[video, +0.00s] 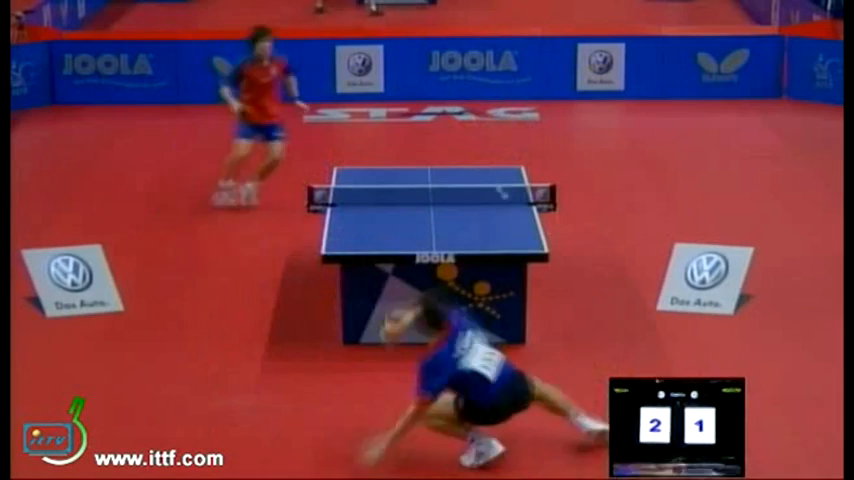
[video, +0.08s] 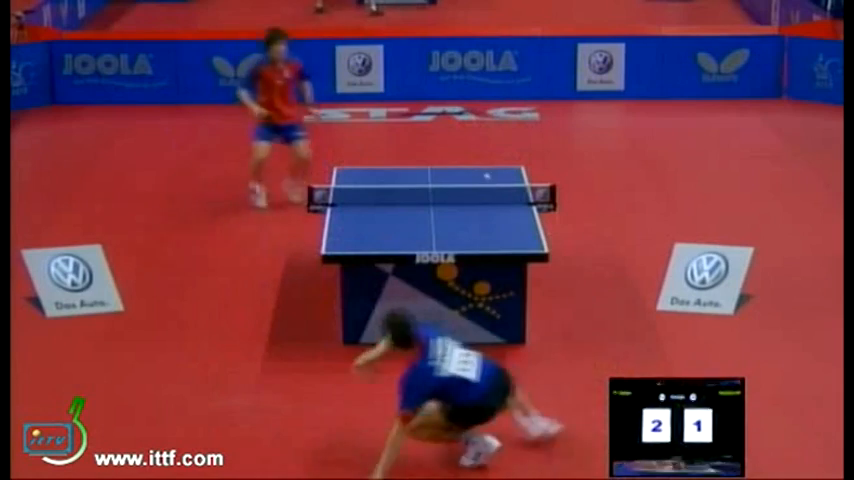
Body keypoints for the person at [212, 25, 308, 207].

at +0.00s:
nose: (267, 48)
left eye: (269, 43)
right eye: (263, 44)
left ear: (272, 46)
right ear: (255, 46)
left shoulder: (279, 65)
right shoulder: (246, 67)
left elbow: (290, 79)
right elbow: (225, 87)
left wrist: (295, 98)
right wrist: (233, 102)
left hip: (271, 115)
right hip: (249, 115)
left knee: (277, 156)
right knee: (241, 152)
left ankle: (252, 185)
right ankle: (225, 185)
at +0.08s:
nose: (281, 50)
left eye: (283, 45)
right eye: (277, 46)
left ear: (286, 47)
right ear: (269, 48)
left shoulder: (294, 66)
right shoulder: (259, 67)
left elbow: (305, 84)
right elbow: (242, 89)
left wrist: (309, 105)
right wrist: (254, 108)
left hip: (290, 116)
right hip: (268, 117)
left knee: (303, 154)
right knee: (260, 155)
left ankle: (294, 184)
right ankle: (256, 187)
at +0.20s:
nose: (309, 62)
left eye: (311, 58)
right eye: (305, 59)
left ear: (313, 59)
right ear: (297, 61)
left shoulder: (319, 76)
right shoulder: (287, 80)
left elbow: (330, 96)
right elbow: (278, 106)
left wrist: (345, 109)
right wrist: (303, 119)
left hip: (317, 125)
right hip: (292, 129)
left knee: (346, 155)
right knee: (275, 164)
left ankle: (368, 183)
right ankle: (266, 193)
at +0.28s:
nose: (338, 63)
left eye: (339, 59)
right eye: (334, 60)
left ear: (339, 60)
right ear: (325, 61)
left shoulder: (343, 74)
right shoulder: (314, 79)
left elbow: (353, 91)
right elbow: (309, 109)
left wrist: (366, 101)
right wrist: (338, 116)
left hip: (337, 126)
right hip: (313, 129)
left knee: (372, 153)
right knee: (289, 163)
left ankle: (386, 189)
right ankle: (268, 192)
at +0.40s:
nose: (380, 56)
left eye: (382, 52)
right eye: (377, 52)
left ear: (384, 53)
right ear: (369, 52)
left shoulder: (383, 68)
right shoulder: (358, 70)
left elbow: (391, 81)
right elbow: (349, 102)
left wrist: (410, 92)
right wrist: (376, 109)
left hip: (375, 122)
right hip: (351, 124)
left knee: (402, 154)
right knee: (325, 157)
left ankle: (402, 191)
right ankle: (295, 190)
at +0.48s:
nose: (403, 45)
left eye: (404, 41)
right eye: (400, 41)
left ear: (405, 41)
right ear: (391, 41)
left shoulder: (403, 57)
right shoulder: (376, 62)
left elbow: (409, 73)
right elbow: (368, 90)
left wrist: (426, 85)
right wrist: (392, 102)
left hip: (396, 116)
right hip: (375, 116)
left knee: (409, 152)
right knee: (358, 154)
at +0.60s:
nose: (430, 31)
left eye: (432, 26)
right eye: (426, 27)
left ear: (434, 26)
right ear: (417, 27)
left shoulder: (431, 44)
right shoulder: (405, 46)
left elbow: (432, 65)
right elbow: (390, 72)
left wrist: (447, 81)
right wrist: (409, 94)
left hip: (425, 97)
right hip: (406, 99)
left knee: (434, 138)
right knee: (406, 139)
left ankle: (427, 174)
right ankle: (401, 176)